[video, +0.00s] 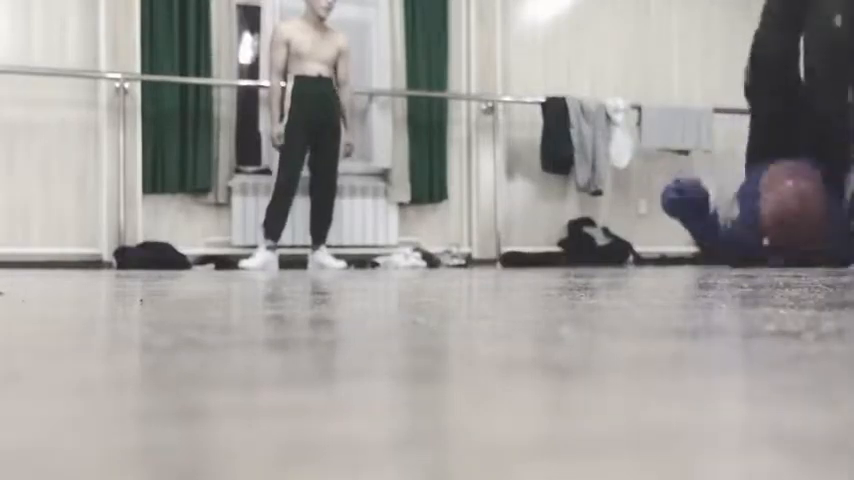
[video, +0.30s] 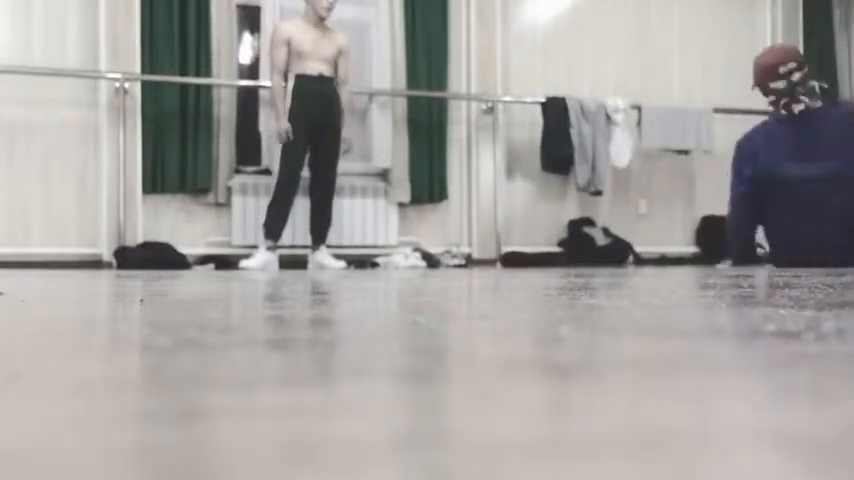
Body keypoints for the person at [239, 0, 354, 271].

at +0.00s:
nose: (328, 4)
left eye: (331, 1)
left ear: (332, 6)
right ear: (310, 1)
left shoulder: (338, 39)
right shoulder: (285, 31)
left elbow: (343, 87)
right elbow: (276, 78)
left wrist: (348, 129)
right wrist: (276, 122)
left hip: (327, 100)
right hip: (297, 99)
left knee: (325, 180)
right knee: (287, 177)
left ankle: (319, 251)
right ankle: (268, 249)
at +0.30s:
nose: (329, 4)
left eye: (332, 1)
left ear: (332, 6)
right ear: (310, 1)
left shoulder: (338, 39)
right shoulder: (286, 30)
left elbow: (342, 86)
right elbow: (278, 76)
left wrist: (344, 129)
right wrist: (281, 117)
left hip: (329, 100)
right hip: (299, 97)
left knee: (324, 179)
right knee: (288, 176)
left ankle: (319, 251)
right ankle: (268, 250)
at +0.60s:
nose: (332, 5)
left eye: (334, 2)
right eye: (327, 0)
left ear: (332, 7)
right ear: (312, 1)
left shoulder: (338, 40)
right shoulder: (286, 30)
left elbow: (344, 83)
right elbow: (280, 75)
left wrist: (350, 123)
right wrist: (285, 116)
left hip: (329, 99)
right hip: (300, 96)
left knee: (325, 179)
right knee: (289, 176)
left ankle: (319, 251)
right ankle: (268, 249)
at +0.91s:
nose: (331, 5)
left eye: (334, 2)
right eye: (327, 0)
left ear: (331, 7)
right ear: (312, 1)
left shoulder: (337, 40)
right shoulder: (286, 30)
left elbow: (344, 84)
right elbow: (279, 76)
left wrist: (346, 125)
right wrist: (283, 120)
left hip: (329, 100)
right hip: (300, 97)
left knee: (325, 179)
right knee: (289, 177)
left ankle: (319, 250)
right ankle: (268, 249)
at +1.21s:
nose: (331, 5)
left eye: (334, 2)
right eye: (327, 0)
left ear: (331, 7)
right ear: (312, 1)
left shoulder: (337, 40)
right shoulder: (286, 29)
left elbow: (344, 85)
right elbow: (279, 76)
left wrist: (345, 128)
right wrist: (283, 120)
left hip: (329, 101)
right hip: (299, 98)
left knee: (325, 179)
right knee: (289, 177)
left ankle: (319, 250)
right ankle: (268, 249)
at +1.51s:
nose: (331, 5)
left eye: (333, 2)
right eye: (327, 1)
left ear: (331, 8)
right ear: (312, 2)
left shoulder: (337, 40)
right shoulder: (286, 30)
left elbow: (343, 84)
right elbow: (279, 76)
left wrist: (347, 126)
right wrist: (283, 119)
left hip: (328, 100)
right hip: (299, 97)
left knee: (324, 180)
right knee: (288, 178)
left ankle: (319, 250)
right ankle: (268, 248)